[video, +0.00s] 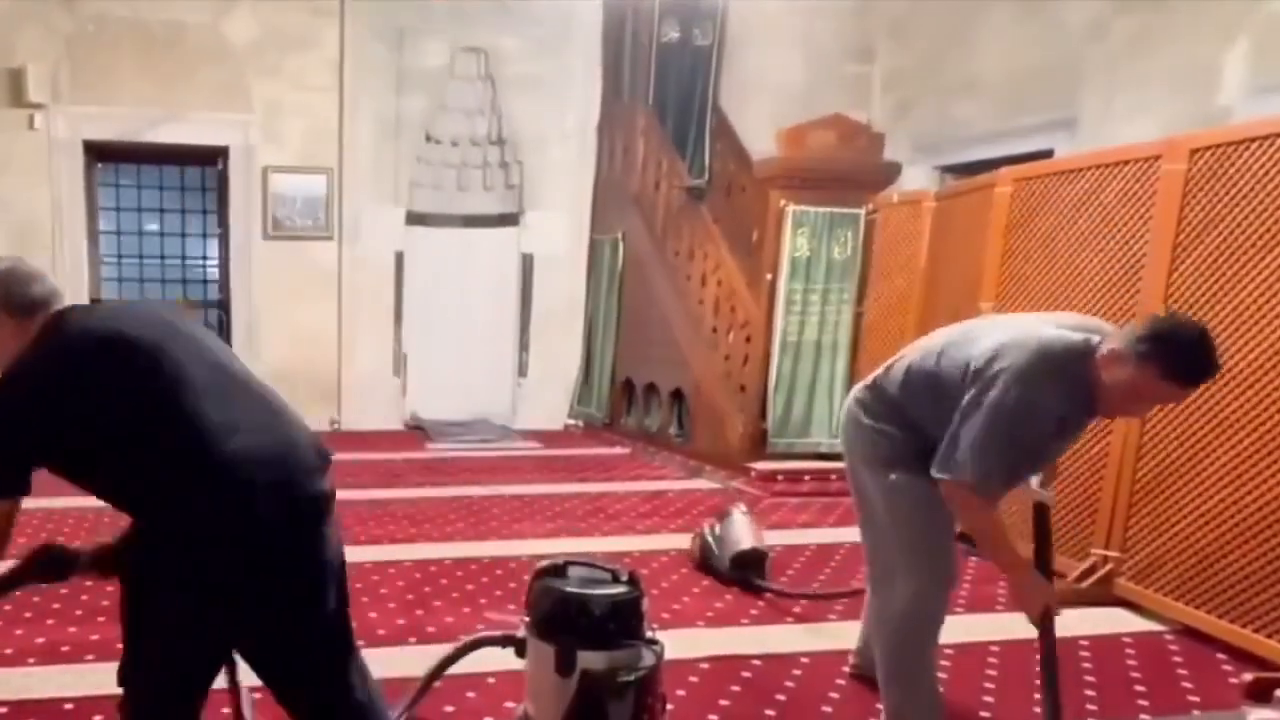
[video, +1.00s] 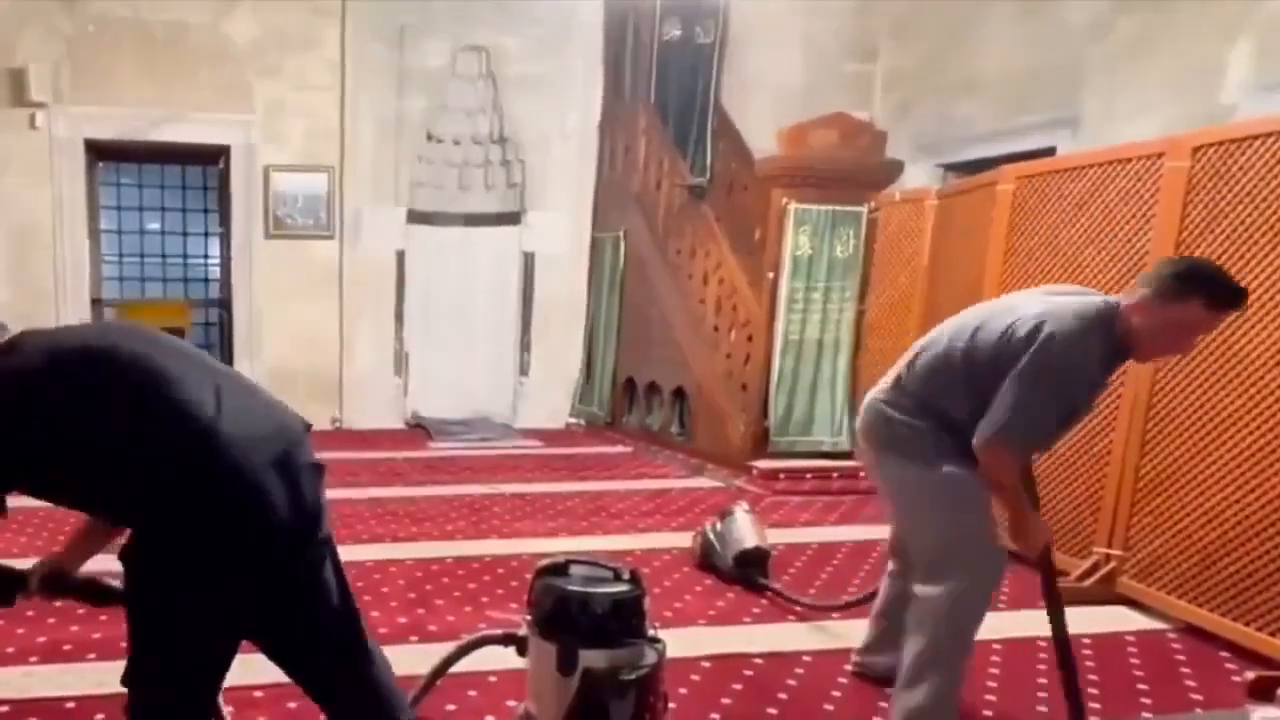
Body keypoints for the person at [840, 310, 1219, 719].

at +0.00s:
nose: (1144, 413)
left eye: (1158, 405)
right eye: (1149, 398)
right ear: (1122, 360)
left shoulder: (1101, 346)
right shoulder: (1031, 373)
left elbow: (1059, 417)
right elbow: (960, 485)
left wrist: (1038, 467)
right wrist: (1020, 575)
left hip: (930, 429)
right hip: (888, 428)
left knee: (910, 557)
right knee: (921, 577)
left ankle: (874, 657)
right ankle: (912, 707)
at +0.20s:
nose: (1147, 434)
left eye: (1161, 427)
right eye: (1150, 418)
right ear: (1124, 382)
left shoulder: (1102, 382)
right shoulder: (1029, 392)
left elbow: (1053, 456)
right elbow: (995, 529)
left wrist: (1050, 526)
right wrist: (1046, 633)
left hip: (941, 430)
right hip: (888, 428)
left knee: (916, 559)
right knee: (918, 582)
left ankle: (875, 654)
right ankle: (910, 708)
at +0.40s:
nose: (1142, 436)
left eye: (1157, 428)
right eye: (1144, 417)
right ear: (1117, 379)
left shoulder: (1098, 390)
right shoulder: (1028, 390)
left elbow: (1043, 474)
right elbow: (990, 525)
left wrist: (1039, 547)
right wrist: (1037, 637)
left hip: (943, 432)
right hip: (887, 423)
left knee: (926, 562)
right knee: (901, 590)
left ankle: (876, 653)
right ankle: (910, 706)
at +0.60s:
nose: (1153, 393)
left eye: (1165, 384)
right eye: (1156, 377)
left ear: (1123, 339)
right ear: (1123, 343)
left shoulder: (1094, 354)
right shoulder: (1033, 360)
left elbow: (1027, 419)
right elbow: (964, 479)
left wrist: (1024, 468)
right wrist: (1013, 565)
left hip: (936, 426)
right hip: (889, 422)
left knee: (918, 565)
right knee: (900, 586)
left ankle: (876, 655)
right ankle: (909, 709)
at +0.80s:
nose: (1174, 364)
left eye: (1184, 354)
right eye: (1177, 348)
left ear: (1138, 317)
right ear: (1143, 320)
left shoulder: (1097, 345)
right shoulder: (1054, 340)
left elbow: (1017, 419)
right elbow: (970, 454)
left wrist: (1013, 475)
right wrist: (1011, 528)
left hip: (935, 428)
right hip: (896, 421)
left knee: (923, 562)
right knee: (903, 580)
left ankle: (880, 655)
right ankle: (907, 707)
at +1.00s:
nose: (1189, 347)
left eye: (1199, 335)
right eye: (1191, 330)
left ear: (1146, 302)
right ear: (1157, 308)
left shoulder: (1095, 327)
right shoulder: (1074, 339)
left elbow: (1012, 432)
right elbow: (994, 447)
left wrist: (1022, 513)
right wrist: (1025, 520)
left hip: (916, 421)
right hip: (914, 430)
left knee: (918, 548)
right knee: (969, 565)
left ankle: (882, 655)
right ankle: (923, 707)